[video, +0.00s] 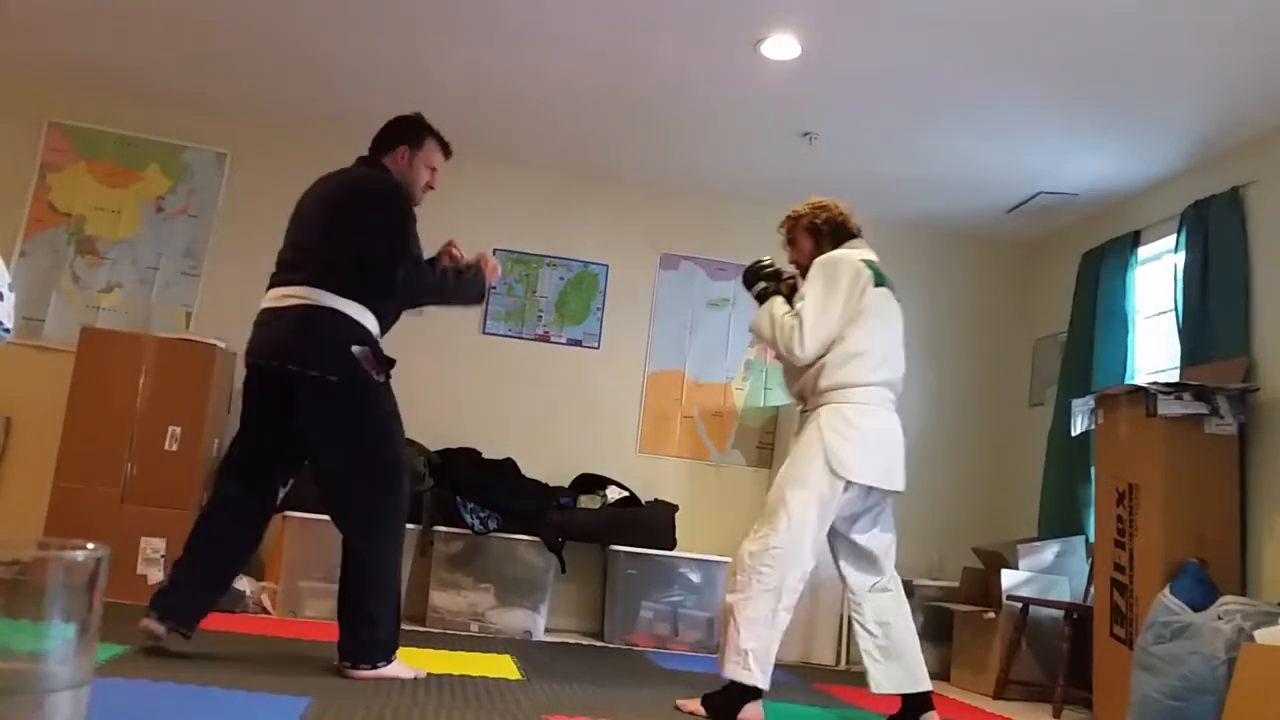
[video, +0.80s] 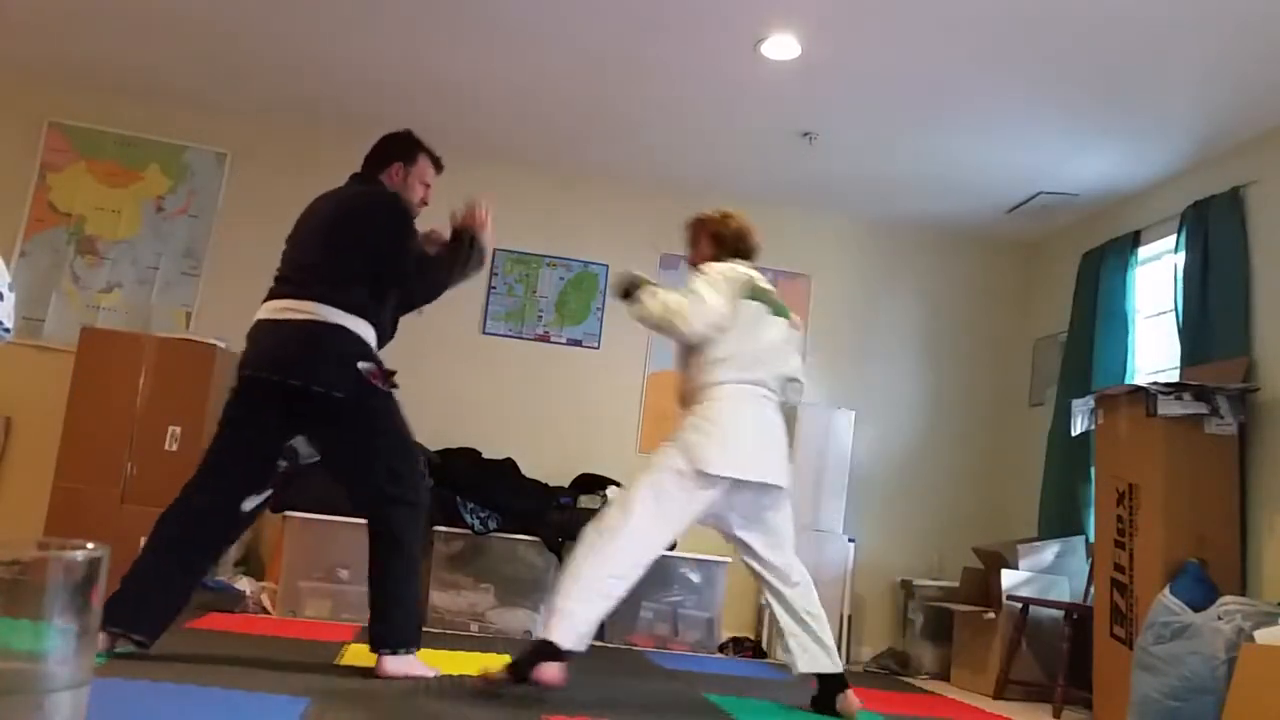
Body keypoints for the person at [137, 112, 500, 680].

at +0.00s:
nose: (432, 184)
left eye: (438, 173)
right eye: (431, 169)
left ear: (385, 155)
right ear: (401, 155)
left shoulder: (323, 188)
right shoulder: (388, 195)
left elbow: (361, 280)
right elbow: (404, 282)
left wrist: (430, 267)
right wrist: (475, 279)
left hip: (272, 344)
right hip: (337, 355)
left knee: (248, 487)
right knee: (377, 505)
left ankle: (170, 616)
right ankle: (368, 654)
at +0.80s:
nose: (428, 199)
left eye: (431, 190)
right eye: (426, 186)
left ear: (378, 172)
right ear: (397, 172)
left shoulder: (324, 206)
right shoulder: (389, 209)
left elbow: (361, 282)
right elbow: (406, 288)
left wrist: (425, 252)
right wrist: (470, 251)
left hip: (267, 355)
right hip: (334, 364)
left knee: (215, 495)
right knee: (401, 495)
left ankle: (122, 626)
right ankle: (396, 648)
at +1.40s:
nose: (332, 178)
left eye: (337, 167)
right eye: (330, 162)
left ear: (285, 151)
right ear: (295, 150)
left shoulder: (222, 187)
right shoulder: (276, 190)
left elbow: (260, 286)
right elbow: (282, 278)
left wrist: (322, 245)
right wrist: (359, 266)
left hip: (170, 340)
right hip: (231, 347)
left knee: (125, 483)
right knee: (300, 478)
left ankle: (28, 599)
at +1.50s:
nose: (331, 179)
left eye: (335, 169)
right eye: (327, 164)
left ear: (286, 154)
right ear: (291, 152)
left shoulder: (227, 190)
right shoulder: (270, 193)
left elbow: (268, 298)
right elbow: (273, 289)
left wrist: (326, 249)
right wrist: (341, 274)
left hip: (164, 339)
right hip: (221, 348)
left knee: (117, 481)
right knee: (276, 489)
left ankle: (20, 597)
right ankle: (238, 634)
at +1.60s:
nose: (330, 174)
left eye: (335, 164)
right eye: (326, 160)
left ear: (285, 151)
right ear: (292, 147)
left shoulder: (225, 185)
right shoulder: (268, 193)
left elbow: (260, 300)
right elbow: (265, 295)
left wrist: (323, 266)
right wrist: (323, 265)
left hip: (161, 333)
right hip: (218, 341)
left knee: (118, 477)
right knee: (274, 482)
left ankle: (23, 593)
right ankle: (249, 631)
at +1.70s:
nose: (334, 173)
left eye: (338, 162)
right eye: (329, 158)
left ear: (288, 152)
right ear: (294, 148)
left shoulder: (227, 183)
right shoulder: (268, 194)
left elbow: (294, 297)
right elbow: (271, 289)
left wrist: (340, 258)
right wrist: (326, 249)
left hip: (161, 333)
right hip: (215, 345)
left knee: (124, 480)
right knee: (267, 488)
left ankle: (23, 591)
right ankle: (262, 639)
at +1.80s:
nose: (333, 175)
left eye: (337, 165)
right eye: (328, 160)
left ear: (288, 155)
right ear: (291, 150)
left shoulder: (226, 185)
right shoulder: (266, 197)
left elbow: (297, 298)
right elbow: (257, 285)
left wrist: (344, 270)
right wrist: (331, 268)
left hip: (163, 334)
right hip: (215, 349)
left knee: (125, 484)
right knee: (270, 490)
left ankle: (20, 591)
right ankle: (258, 642)